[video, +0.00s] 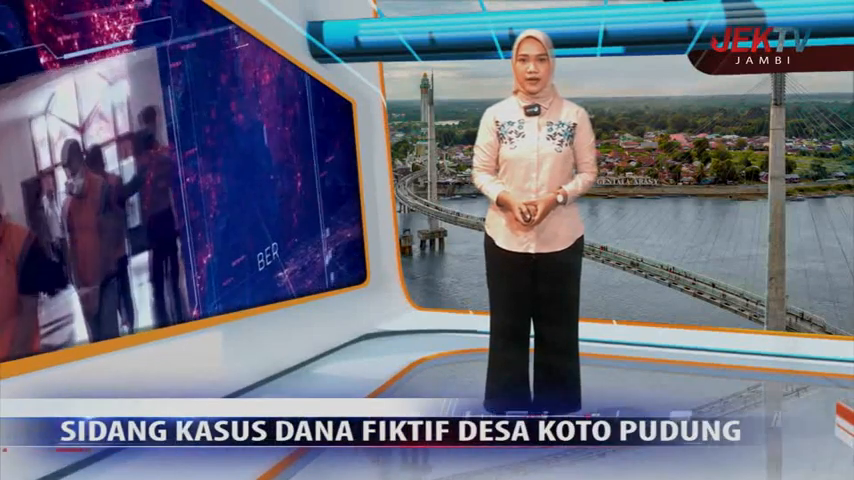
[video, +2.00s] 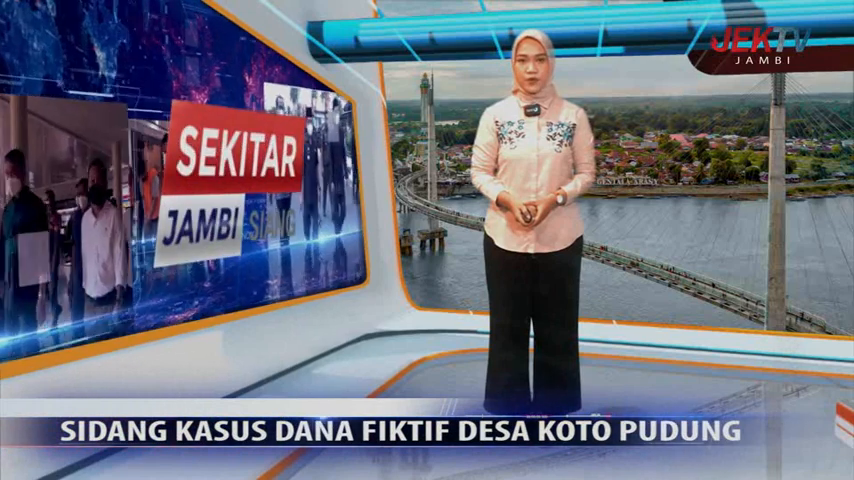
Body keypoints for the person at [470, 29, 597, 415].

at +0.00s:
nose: (532, 67)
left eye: (540, 59)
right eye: (524, 59)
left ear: (552, 65)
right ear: (513, 65)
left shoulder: (574, 116)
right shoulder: (495, 116)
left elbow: (588, 173)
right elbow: (481, 172)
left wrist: (554, 198)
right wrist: (508, 200)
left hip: (559, 243)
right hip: (507, 244)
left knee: (558, 337)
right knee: (508, 336)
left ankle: (558, 422)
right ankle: (507, 422)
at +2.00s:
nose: (531, 67)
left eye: (539, 59)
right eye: (523, 60)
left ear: (551, 65)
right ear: (513, 65)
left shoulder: (573, 116)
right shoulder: (494, 116)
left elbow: (587, 173)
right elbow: (479, 171)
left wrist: (553, 199)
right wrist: (508, 201)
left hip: (559, 243)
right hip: (506, 244)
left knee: (558, 338)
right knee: (507, 337)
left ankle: (557, 422)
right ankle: (506, 422)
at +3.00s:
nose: (532, 67)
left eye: (540, 60)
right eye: (523, 60)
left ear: (551, 65)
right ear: (513, 65)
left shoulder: (573, 115)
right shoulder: (494, 116)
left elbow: (587, 171)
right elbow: (479, 171)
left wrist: (558, 189)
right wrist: (507, 196)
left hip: (559, 241)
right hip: (507, 242)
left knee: (558, 337)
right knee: (508, 336)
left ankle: (558, 422)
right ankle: (506, 422)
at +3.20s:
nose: (531, 67)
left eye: (540, 60)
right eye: (523, 60)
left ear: (551, 65)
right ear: (513, 65)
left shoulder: (573, 115)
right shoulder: (494, 116)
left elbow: (587, 172)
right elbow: (480, 171)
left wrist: (558, 187)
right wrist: (507, 197)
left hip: (559, 241)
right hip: (507, 242)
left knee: (558, 337)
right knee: (507, 336)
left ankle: (558, 422)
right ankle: (506, 422)